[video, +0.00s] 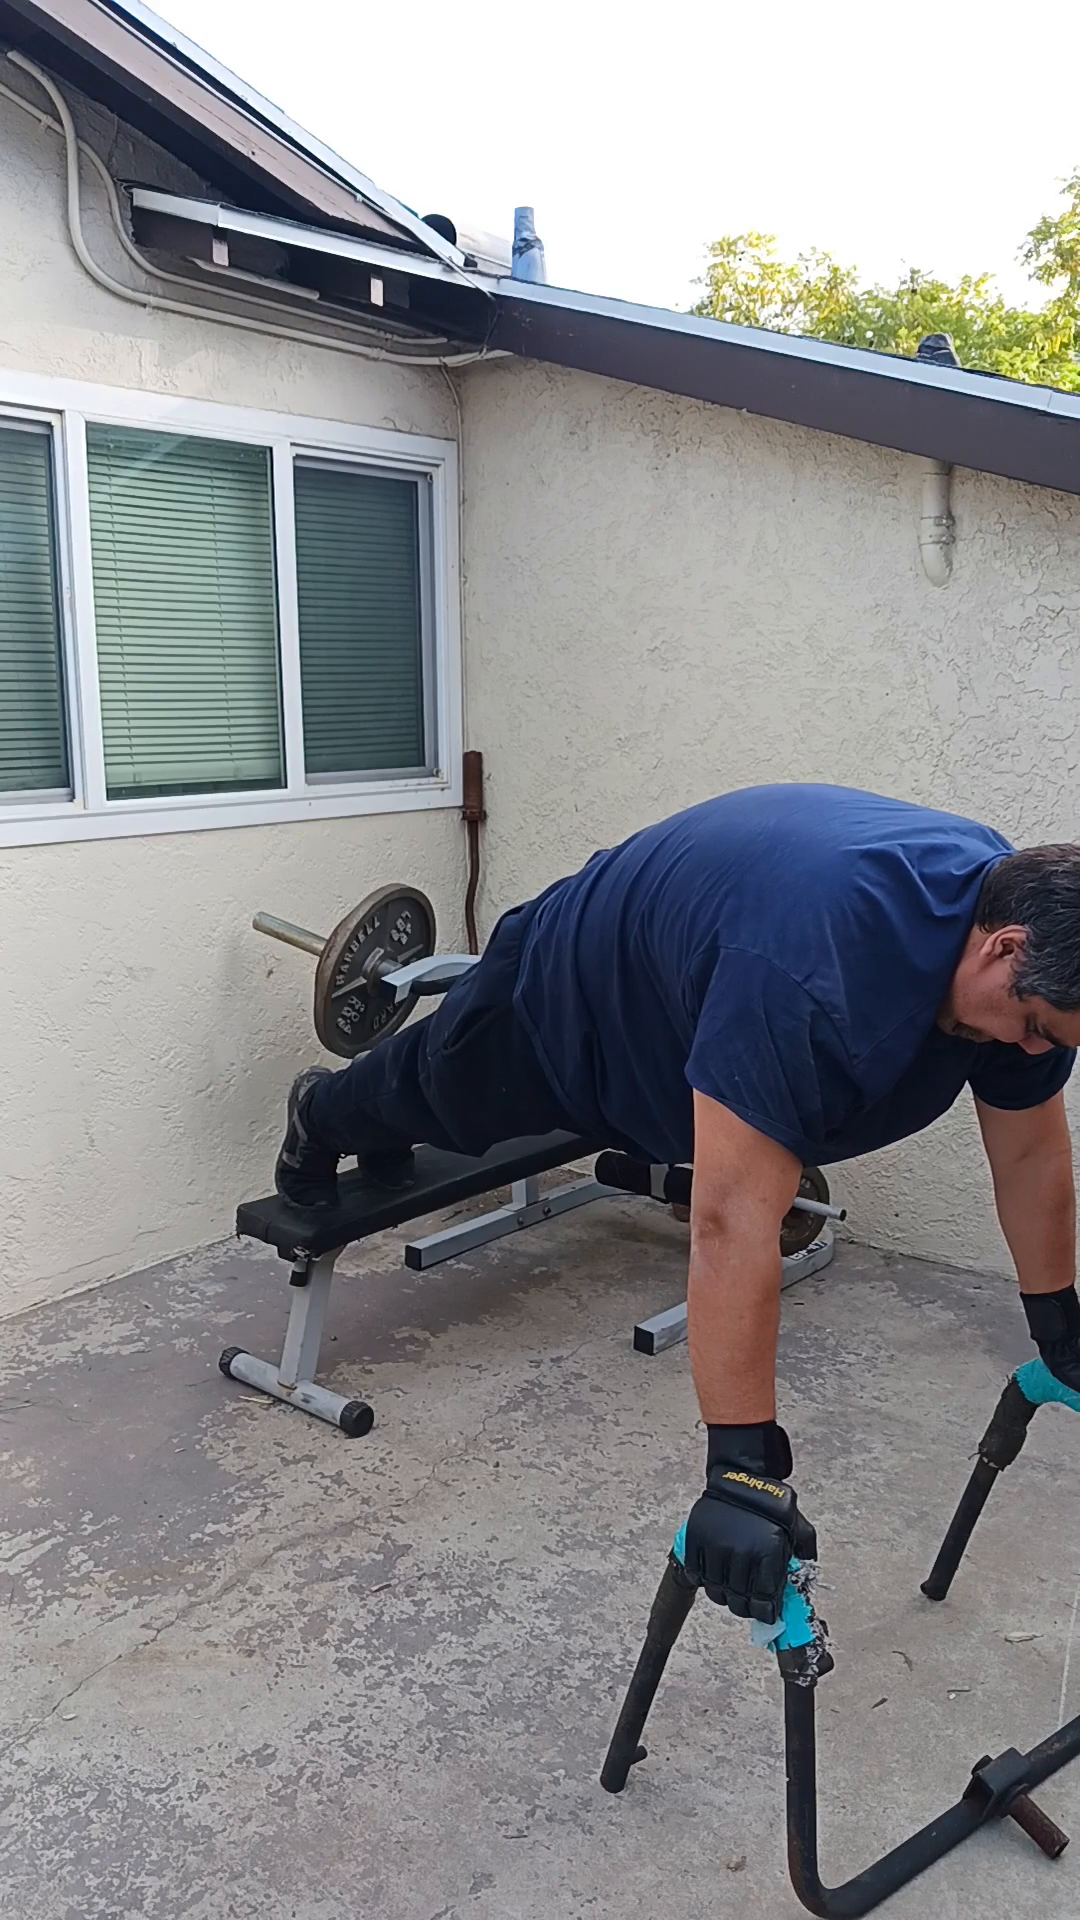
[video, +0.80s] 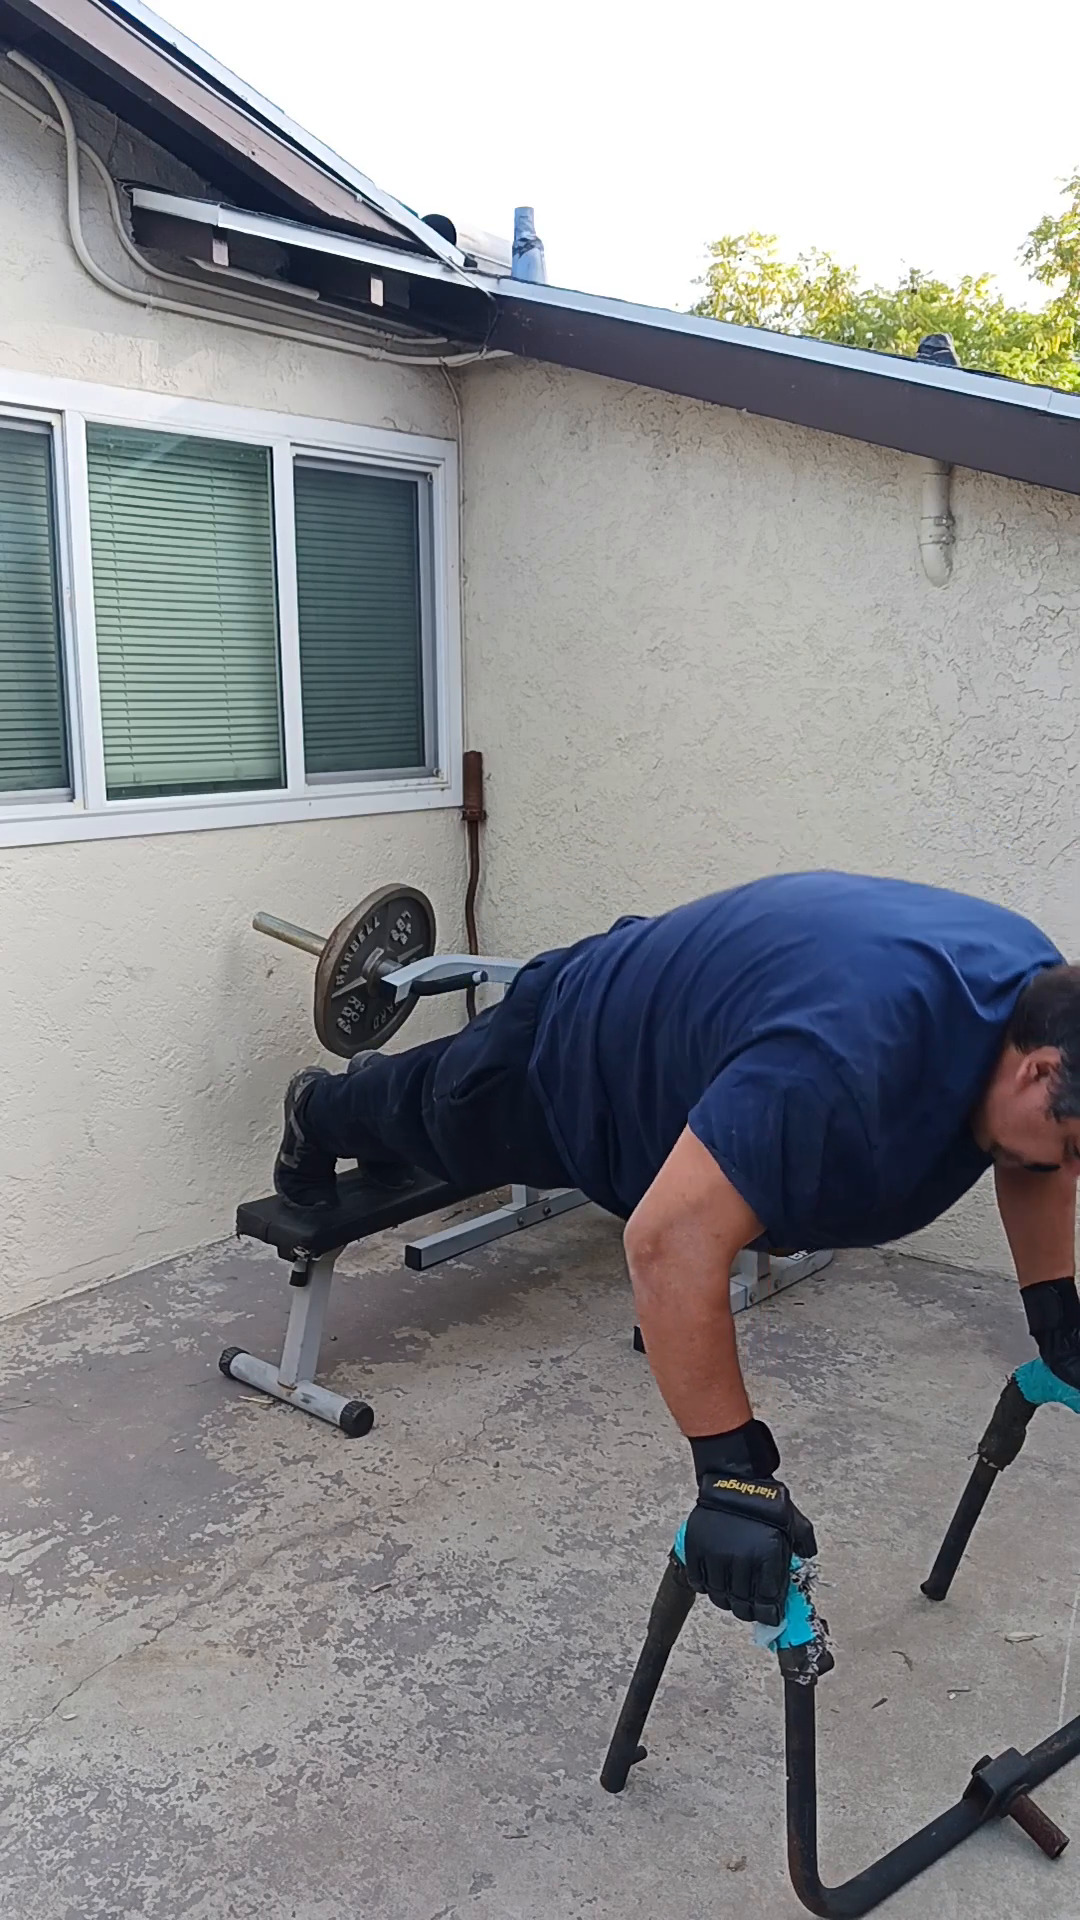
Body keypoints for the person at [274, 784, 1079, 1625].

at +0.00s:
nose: (1044, 1052)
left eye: (1058, 1039)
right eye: (1041, 1029)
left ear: (1016, 946)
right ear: (997, 953)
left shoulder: (1027, 965)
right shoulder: (809, 957)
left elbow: (1035, 1157)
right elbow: (730, 1220)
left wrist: (1057, 1322)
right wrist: (744, 1468)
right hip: (572, 985)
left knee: (494, 1088)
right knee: (429, 1079)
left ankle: (388, 1123)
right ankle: (319, 1113)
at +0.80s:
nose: (1044, 1164)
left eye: (1065, 1155)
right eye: (1050, 1141)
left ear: (1052, 1064)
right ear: (1026, 1068)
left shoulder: (1035, 993)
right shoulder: (835, 1063)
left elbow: (1040, 1162)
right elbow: (669, 1249)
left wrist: (1056, 1318)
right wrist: (735, 1475)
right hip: (583, 1041)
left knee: (496, 1112)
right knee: (430, 1101)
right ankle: (316, 1108)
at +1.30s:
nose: (1053, 1524)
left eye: (1063, 1520)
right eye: (1068, 1518)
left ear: (1070, 1454)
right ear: (1070, 1459)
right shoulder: (925, 1350)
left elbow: (1040, 1130)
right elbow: (681, 1259)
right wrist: (733, 1480)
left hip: (731, 1119)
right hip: (626, 1195)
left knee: (542, 1130)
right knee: (462, 1175)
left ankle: (405, 1083)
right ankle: (327, 1110)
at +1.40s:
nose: (1059, 1568)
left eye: (1070, 1566)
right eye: (1073, 1557)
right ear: (1070, 1497)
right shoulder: (950, 1387)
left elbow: (1033, 1131)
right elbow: (696, 1257)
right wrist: (734, 1485)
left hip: (729, 1141)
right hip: (622, 1215)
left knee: (545, 1133)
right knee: (459, 1188)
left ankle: (405, 1084)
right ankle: (330, 1112)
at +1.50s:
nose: (1051, 1586)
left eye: (1061, 1590)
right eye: (1066, 1584)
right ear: (1074, 1521)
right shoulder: (952, 1405)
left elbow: (1037, 1132)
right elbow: (702, 1255)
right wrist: (735, 1485)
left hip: (733, 1151)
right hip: (627, 1218)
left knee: (547, 1136)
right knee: (458, 1189)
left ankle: (409, 1089)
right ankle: (328, 1114)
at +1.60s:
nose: (1055, 1585)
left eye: (1064, 1588)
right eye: (1068, 1580)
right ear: (1071, 1519)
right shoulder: (941, 1397)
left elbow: (1043, 1129)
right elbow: (693, 1260)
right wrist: (732, 1487)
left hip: (729, 1146)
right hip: (620, 1217)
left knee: (544, 1136)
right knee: (454, 1191)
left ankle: (404, 1085)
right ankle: (328, 1114)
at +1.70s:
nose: (1048, 1530)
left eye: (1061, 1526)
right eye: (1066, 1523)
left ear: (1069, 1462)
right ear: (1067, 1467)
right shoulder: (917, 1350)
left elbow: (1052, 1131)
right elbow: (666, 1265)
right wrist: (731, 1483)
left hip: (727, 1125)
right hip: (612, 1200)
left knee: (539, 1131)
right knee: (454, 1178)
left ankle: (404, 1085)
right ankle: (326, 1112)